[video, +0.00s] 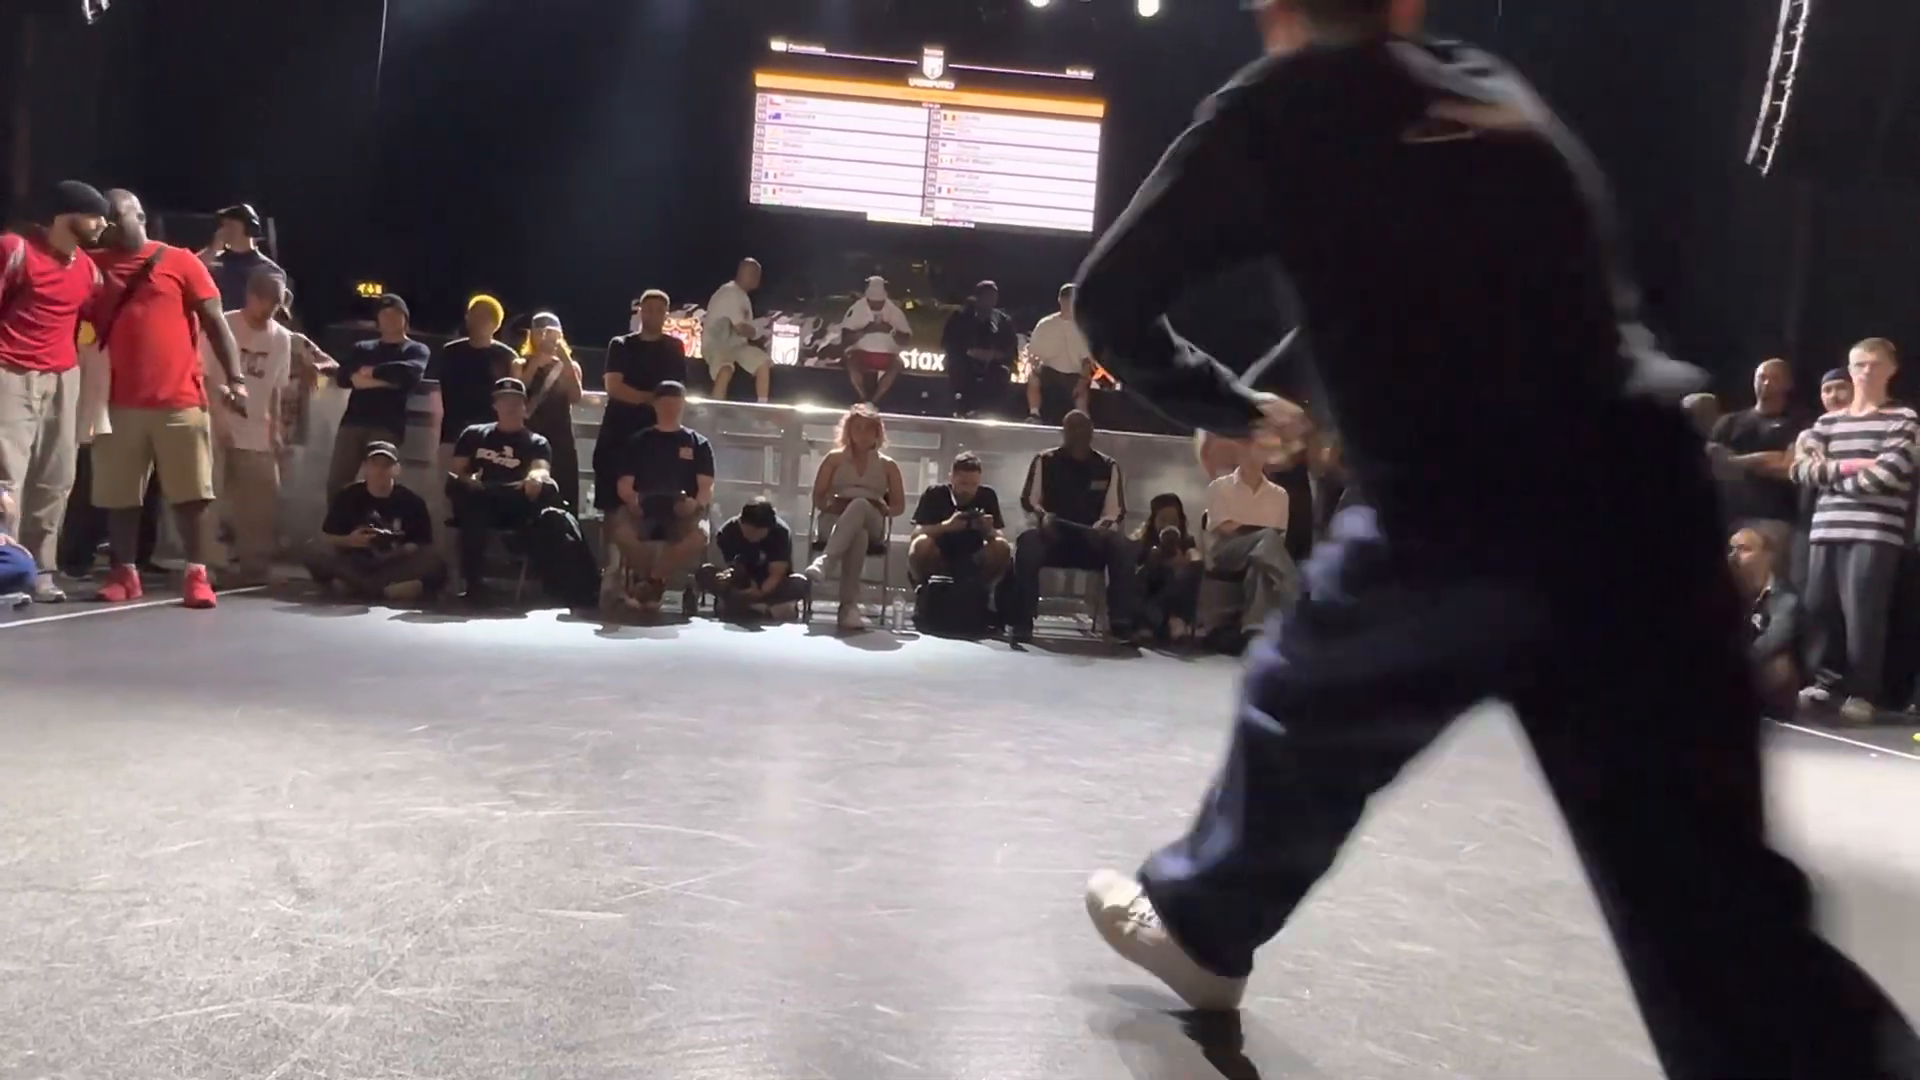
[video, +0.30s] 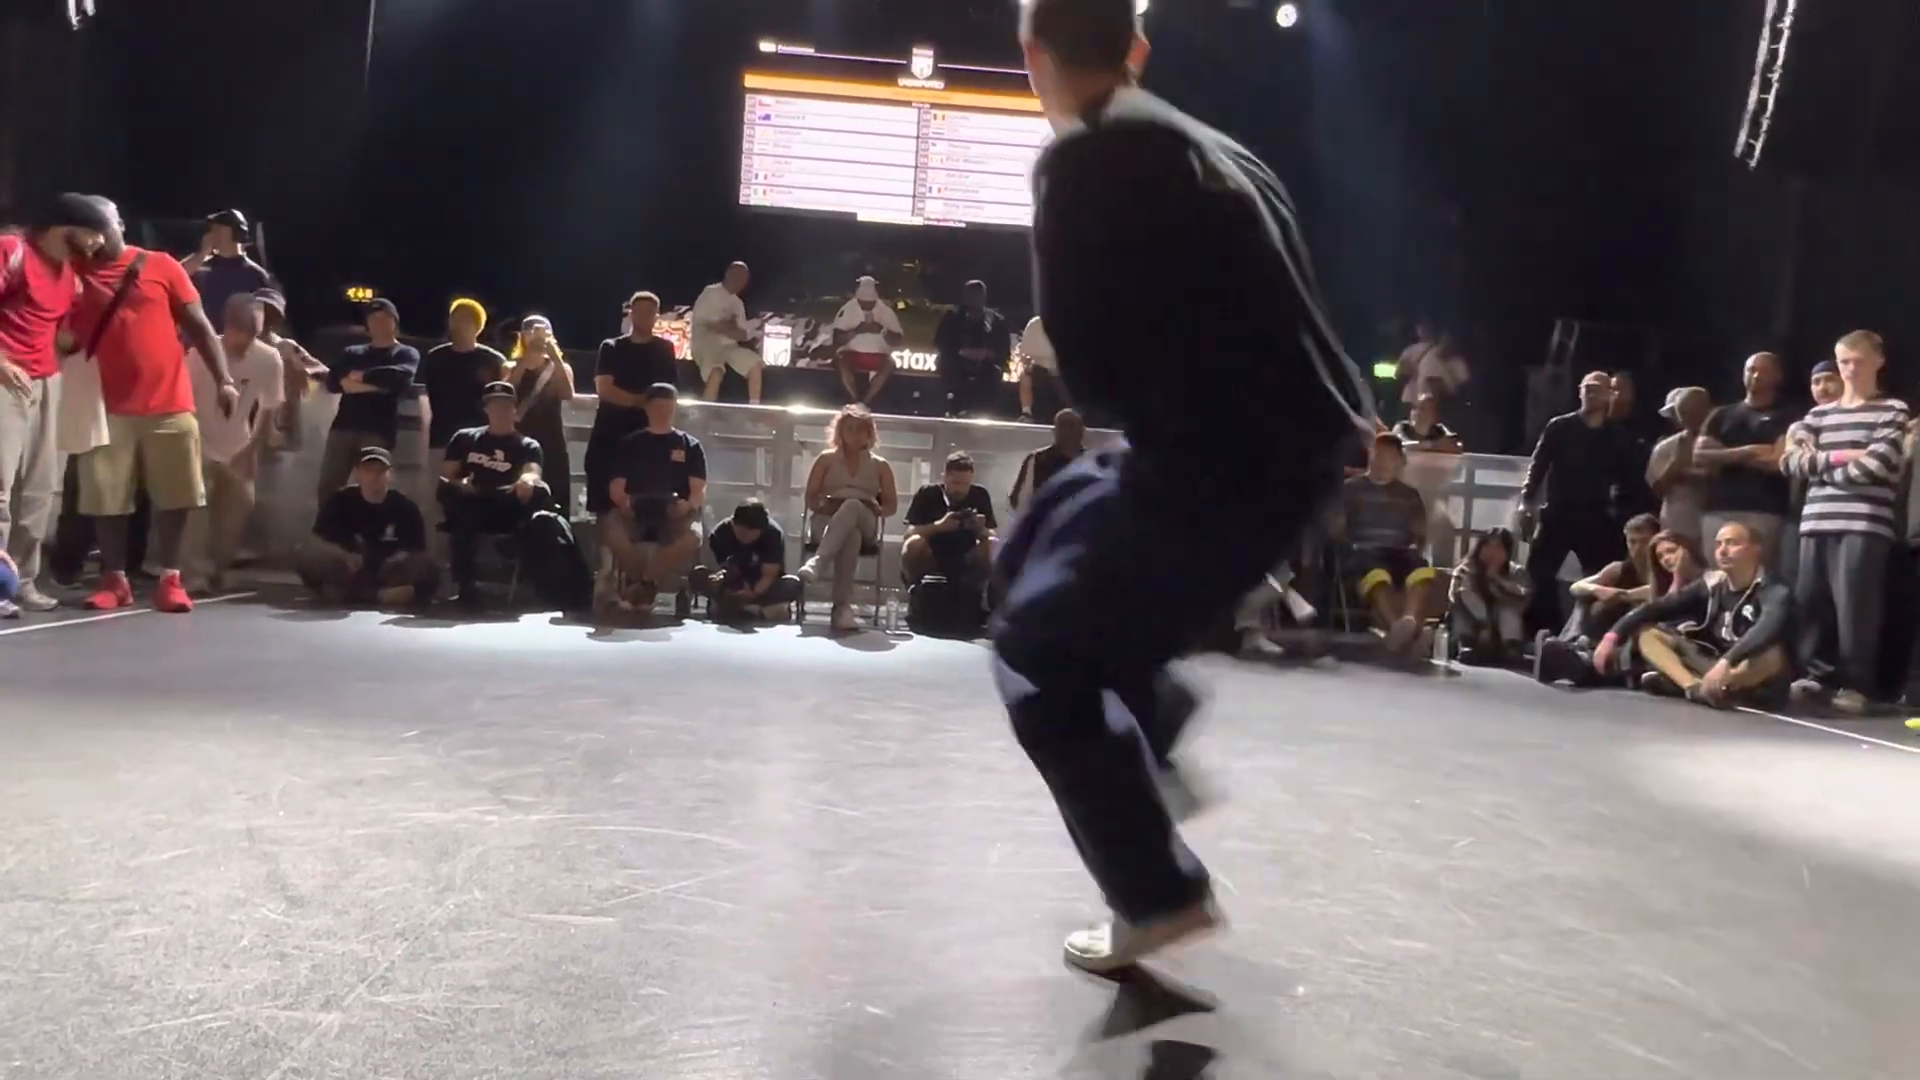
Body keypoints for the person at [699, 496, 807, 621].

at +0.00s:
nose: (752, 537)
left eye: (757, 533)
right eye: (748, 531)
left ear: (767, 528)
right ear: (742, 523)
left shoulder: (780, 532)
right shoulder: (726, 534)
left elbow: (777, 572)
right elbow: (735, 569)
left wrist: (761, 592)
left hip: (770, 579)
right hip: (742, 581)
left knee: (800, 582)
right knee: (705, 572)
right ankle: (767, 611)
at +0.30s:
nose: (745, 538)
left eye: (750, 534)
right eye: (741, 532)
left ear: (760, 529)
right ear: (734, 524)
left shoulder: (773, 534)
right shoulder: (718, 535)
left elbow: (769, 574)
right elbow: (728, 569)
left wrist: (753, 592)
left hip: (762, 580)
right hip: (734, 582)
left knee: (793, 584)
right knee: (698, 575)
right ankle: (758, 611)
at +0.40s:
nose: (741, 539)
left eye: (747, 535)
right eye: (738, 533)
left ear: (757, 531)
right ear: (731, 526)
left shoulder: (770, 536)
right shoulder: (715, 537)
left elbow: (766, 576)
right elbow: (726, 571)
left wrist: (748, 595)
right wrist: (717, 579)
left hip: (759, 582)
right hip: (731, 582)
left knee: (791, 585)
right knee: (695, 577)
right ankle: (756, 613)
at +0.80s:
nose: (739, 536)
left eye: (745, 533)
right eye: (735, 531)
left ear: (754, 528)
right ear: (728, 525)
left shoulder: (767, 535)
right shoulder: (713, 535)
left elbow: (764, 574)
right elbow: (719, 566)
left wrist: (748, 593)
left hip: (757, 578)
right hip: (731, 578)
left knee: (786, 584)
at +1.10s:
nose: (744, 548)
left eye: (750, 544)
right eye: (740, 543)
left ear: (759, 539)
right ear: (733, 536)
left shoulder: (772, 545)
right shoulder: (717, 547)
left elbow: (768, 585)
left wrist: (751, 604)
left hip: (761, 591)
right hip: (732, 592)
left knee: (791, 593)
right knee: (696, 588)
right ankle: (751, 621)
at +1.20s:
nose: (747, 555)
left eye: (753, 551)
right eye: (743, 550)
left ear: (762, 546)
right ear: (736, 542)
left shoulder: (775, 551)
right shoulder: (720, 553)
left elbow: (771, 592)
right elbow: (727, 584)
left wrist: (755, 611)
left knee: (792, 598)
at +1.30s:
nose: (749, 558)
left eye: (754, 554)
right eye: (745, 553)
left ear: (763, 547)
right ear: (737, 545)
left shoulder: (775, 553)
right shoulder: (720, 555)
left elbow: (772, 594)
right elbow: (730, 589)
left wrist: (754, 613)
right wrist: (721, 597)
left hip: (766, 597)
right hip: (738, 600)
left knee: (796, 602)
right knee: (701, 597)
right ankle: (761, 630)